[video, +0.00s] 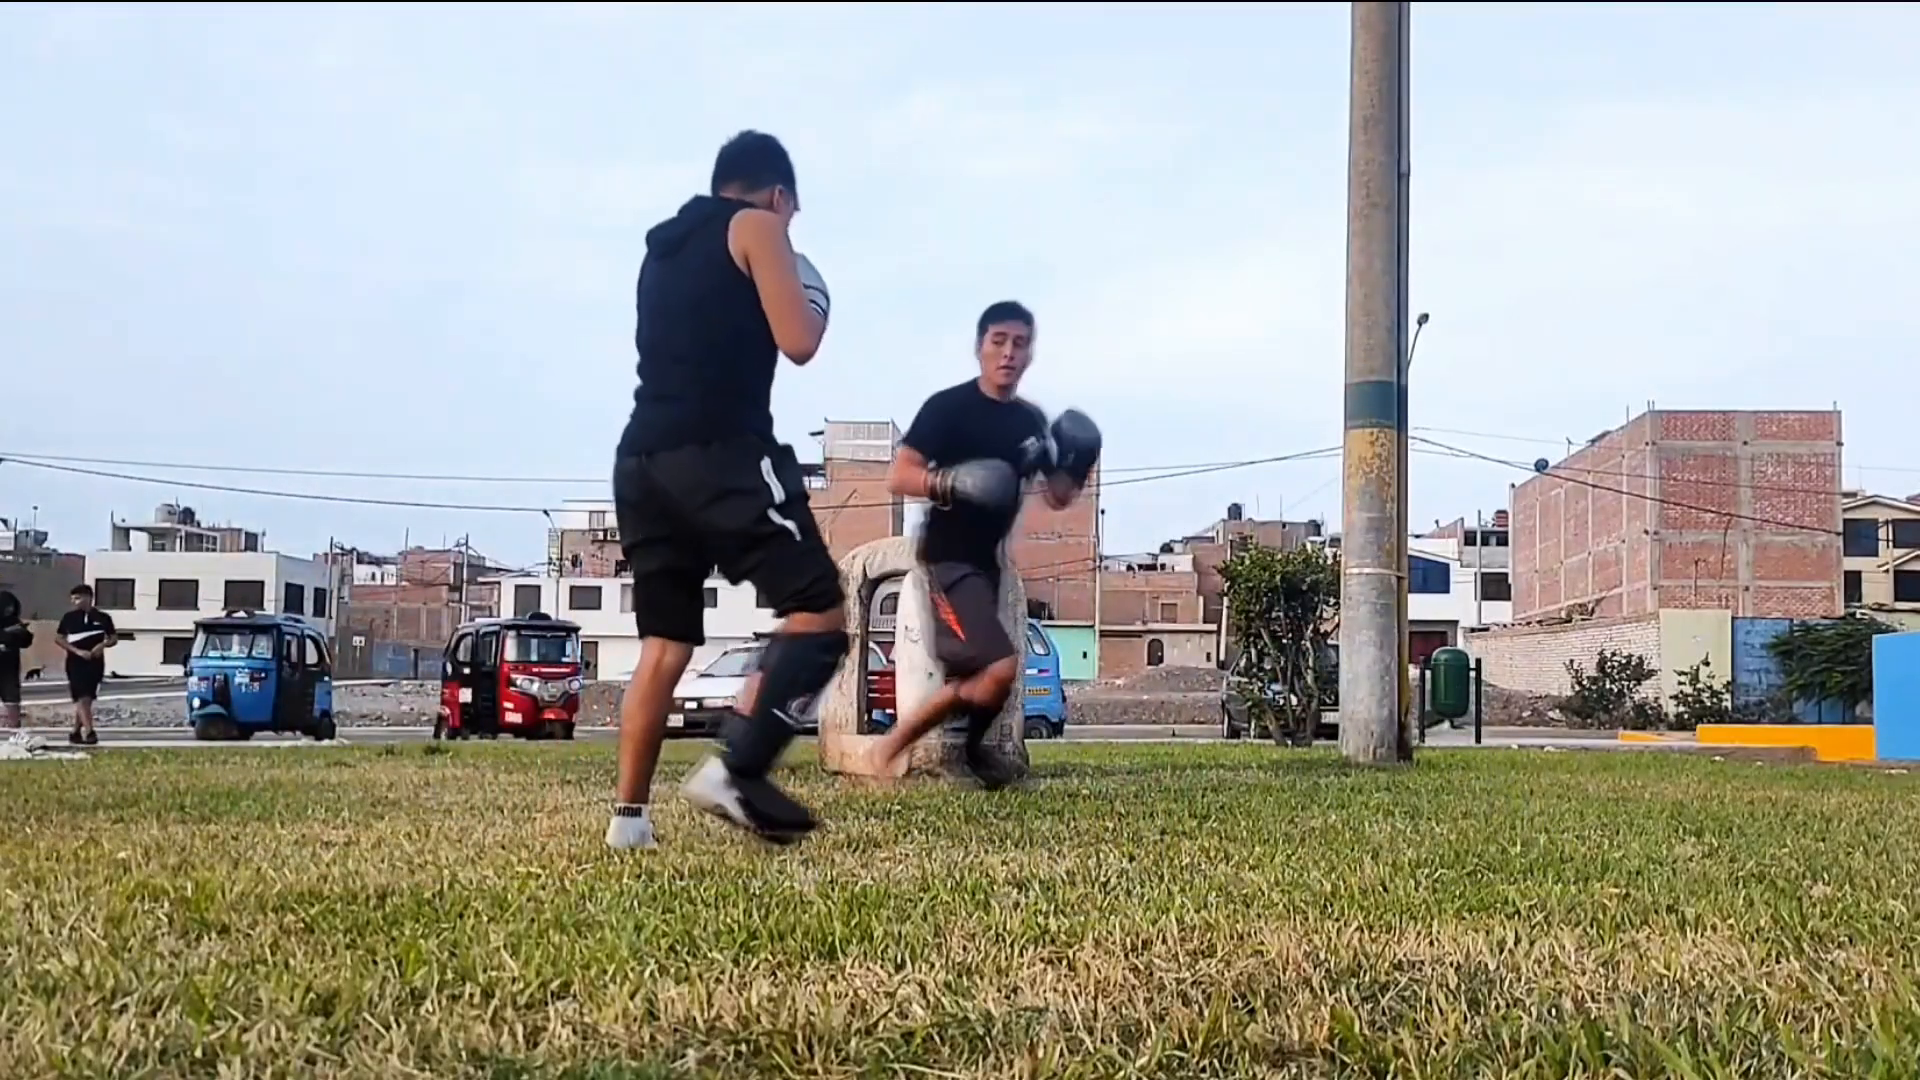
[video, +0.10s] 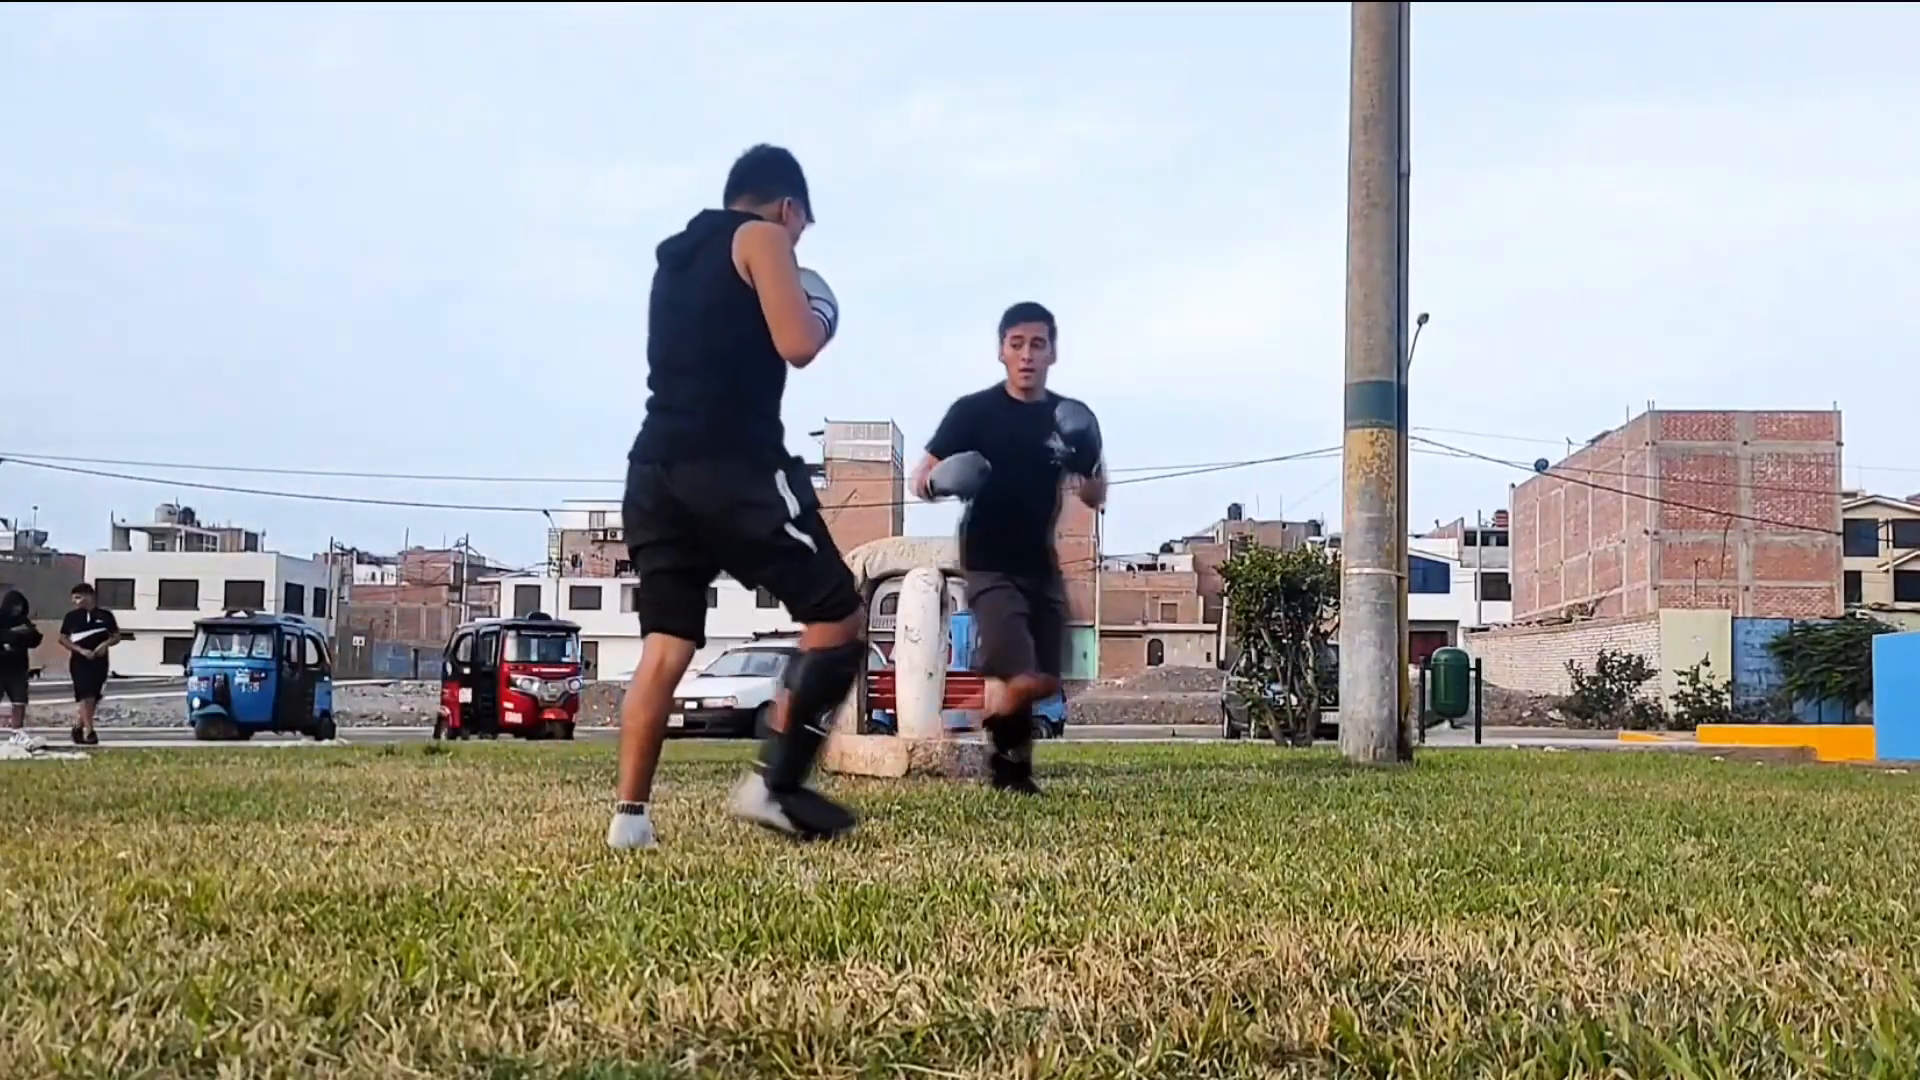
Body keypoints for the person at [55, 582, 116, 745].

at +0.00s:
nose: (75, 602)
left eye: (78, 598)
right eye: (73, 598)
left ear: (89, 599)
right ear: (72, 600)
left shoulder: (103, 618)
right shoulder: (69, 617)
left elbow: (113, 639)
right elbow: (59, 638)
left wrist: (101, 646)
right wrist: (77, 651)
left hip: (94, 659)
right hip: (75, 660)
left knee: (86, 696)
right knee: (82, 696)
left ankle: (77, 729)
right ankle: (89, 731)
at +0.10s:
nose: (75, 601)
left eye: (78, 597)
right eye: (74, 598)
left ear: (90, 597)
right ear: (74, 599)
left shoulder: (105, 615)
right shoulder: (71, 616)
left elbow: (116, 636)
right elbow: (63, 638)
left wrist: (104, 645)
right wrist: (81, 650)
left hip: (99, 658)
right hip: (80, 658)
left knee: (93, 695)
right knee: (86, 695)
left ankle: (79, 725)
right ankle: (89, 730)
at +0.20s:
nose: (77, 600)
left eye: (79, 596)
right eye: (75, 597)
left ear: (91, 594)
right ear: (76, 598)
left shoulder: (108, 614)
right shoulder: (74, 616)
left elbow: (120, 633)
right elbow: (66, 637)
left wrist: (109, 642)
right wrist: (86, 647)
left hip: (103, 660)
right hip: (84, 661)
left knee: (106, 696)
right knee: (87, 697)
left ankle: (86, 721)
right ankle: (90, 730)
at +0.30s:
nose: (80, 600)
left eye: (82, 596)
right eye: (78, 597)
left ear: (93, 594)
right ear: (79, 598)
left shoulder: (111, 613)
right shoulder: (77, 614)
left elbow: (122, 634)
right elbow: (69, 636)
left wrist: (111, 642)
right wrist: (90, 647)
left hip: (105, 658)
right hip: (85, 659)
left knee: (113, 695)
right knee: (88, 697)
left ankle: (97, 722)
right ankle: (91, 732)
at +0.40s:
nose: (83, 600)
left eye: (86, 596)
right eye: (81, 597)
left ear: (97, 595)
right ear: (81, 597)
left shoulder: (113, 613)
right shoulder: (79, 614)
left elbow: (124, 634)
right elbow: (72, 636)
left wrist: (112, 646)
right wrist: (91, 647)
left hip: (108, 660)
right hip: (88, 661)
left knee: (116, 693)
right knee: (89, 697)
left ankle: (108, 725)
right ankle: (91, 731)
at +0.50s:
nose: (87, 600)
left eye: (90, 596)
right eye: (86, 596)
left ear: (101, 596)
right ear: (87, 597)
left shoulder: (118, 614)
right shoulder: (83, 615)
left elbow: (127, 635)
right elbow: (75, 636)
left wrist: (117, 647)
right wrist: (93, 649)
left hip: (111, 660)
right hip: (90, 661)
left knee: (118, 695)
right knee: (90, 698)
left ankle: (120, 731)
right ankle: (91, 732)